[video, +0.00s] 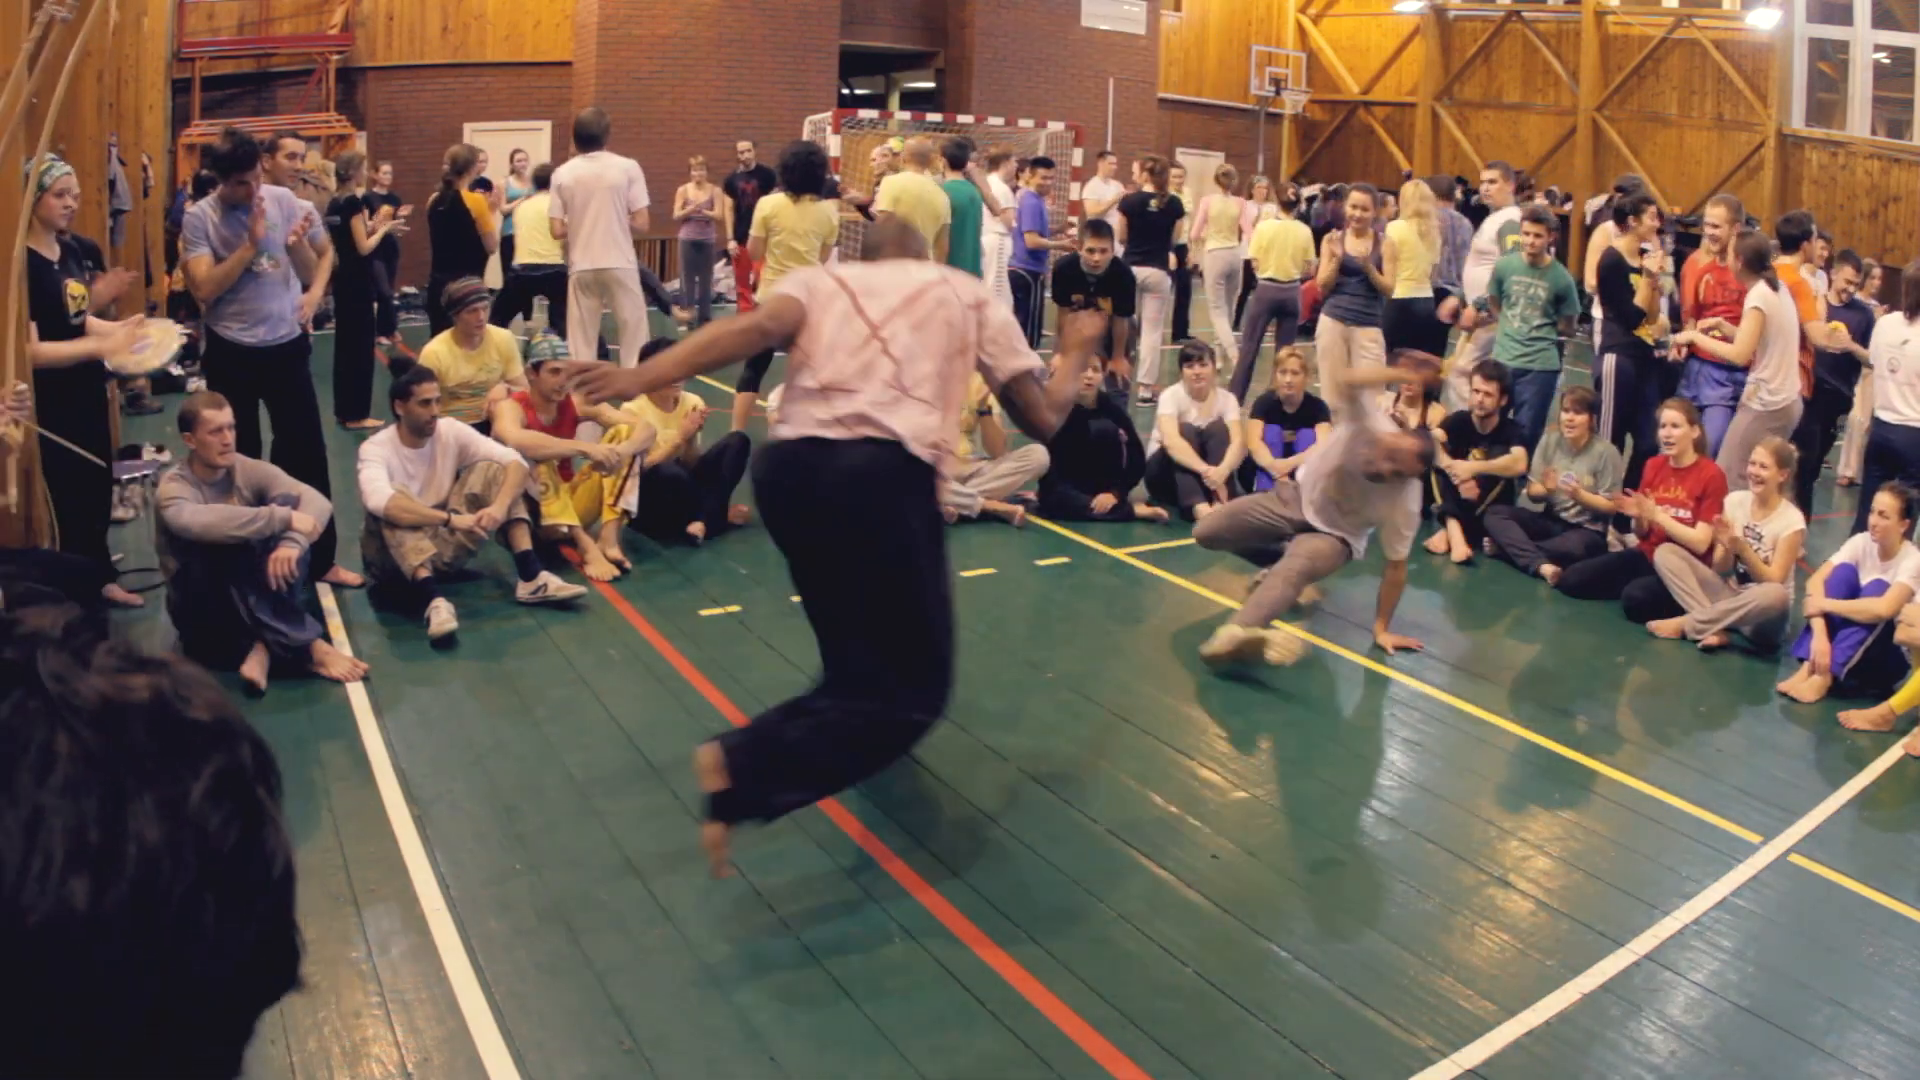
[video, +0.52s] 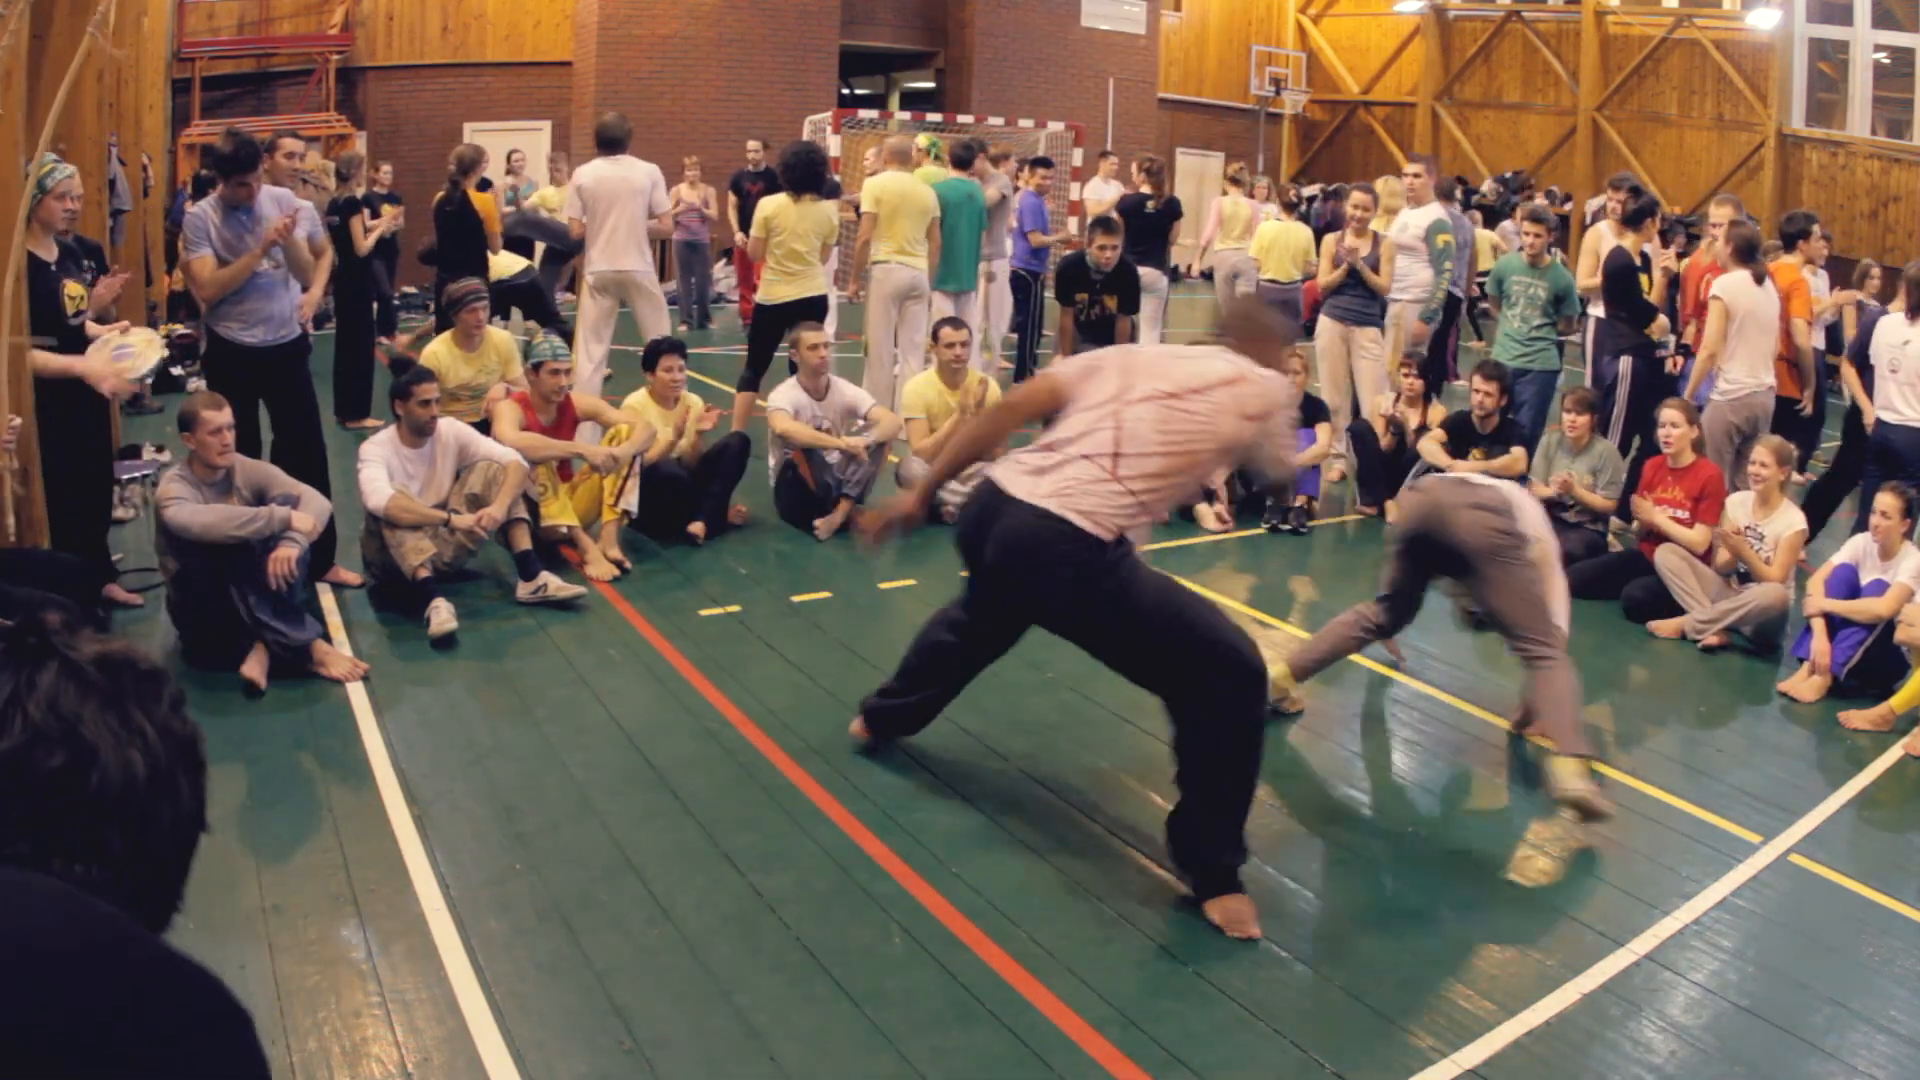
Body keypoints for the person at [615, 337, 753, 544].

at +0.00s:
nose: (677, 375)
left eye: (681, 366)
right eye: (667, 368)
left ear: (687, 371)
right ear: (649, 375)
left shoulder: (693, 404)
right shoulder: (632, 411)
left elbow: (692, 464)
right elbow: (639, 466)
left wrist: (691, 436)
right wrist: (682, 437)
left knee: (737, 441)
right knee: (667, 471)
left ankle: (701, 521)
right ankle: (718, 517)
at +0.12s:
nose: (675, 377)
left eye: (679, 369)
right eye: (666, 371)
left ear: (685, 371)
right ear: (648, 377)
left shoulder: (694, 403)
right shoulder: (634, 407)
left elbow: (690, 463)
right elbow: (637, 464)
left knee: (739, 441)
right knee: (666, 471)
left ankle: (702, 520)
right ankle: (718, 517)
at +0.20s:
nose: (675, 377)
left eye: (679, 369)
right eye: (666, 371)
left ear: (685, 371)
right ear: (648, 376)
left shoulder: (693, 402)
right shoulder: (633, 407)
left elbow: (691, 461)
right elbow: (640, 464)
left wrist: (696, 433)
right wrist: (677, 435)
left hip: (687, 486)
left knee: (738, 441)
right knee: (660, 470)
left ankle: (706, 522)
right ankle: (722, 515)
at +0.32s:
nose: (676, 377)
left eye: (680, 369)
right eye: (667, 371)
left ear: (686, 371)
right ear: (649, 376)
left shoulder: (694, 403)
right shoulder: (634, 406)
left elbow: (691, 464)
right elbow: (638, 464)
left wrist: (693, 433)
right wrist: (680, 436)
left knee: (738, 441)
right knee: (667, 471)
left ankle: (702, 519)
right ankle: (718, 517)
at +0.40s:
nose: (676, 377)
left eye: (680, 370)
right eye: (667, 371)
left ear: (686, 371)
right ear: (649, 376)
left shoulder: (694, 403)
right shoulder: (634, 406)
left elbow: (690, 464)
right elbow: (639, 463)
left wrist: (695, 434)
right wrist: (679, 434)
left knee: (738, 441)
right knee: (666, 469)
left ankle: (702, 519)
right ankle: (717, 516)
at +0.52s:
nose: (677, 377)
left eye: (681, 370)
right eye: (668, 371)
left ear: (687, 371)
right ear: (649, 376)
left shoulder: (693, 403)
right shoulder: (634, 406)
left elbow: (692, 464)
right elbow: (640, 463)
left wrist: (698, 434)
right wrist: (673, 438)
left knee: (738, 441)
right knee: (666, 469)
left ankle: (703, 520)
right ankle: (719, 516)